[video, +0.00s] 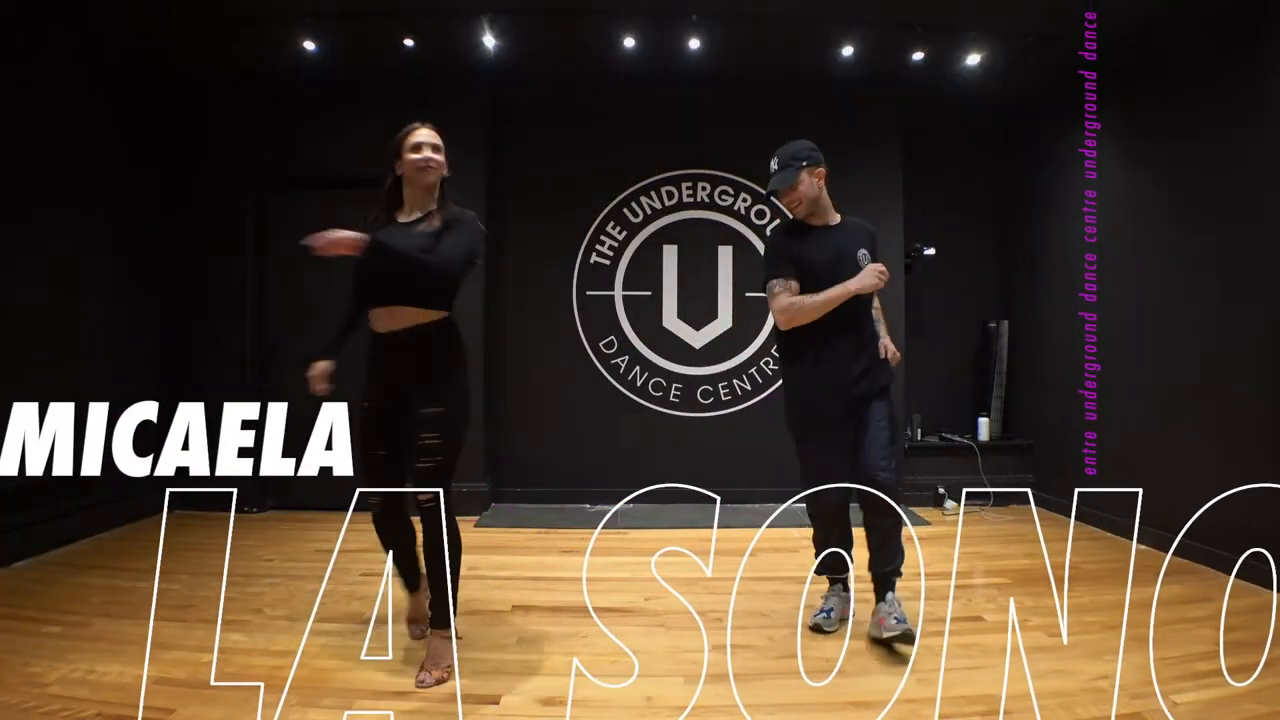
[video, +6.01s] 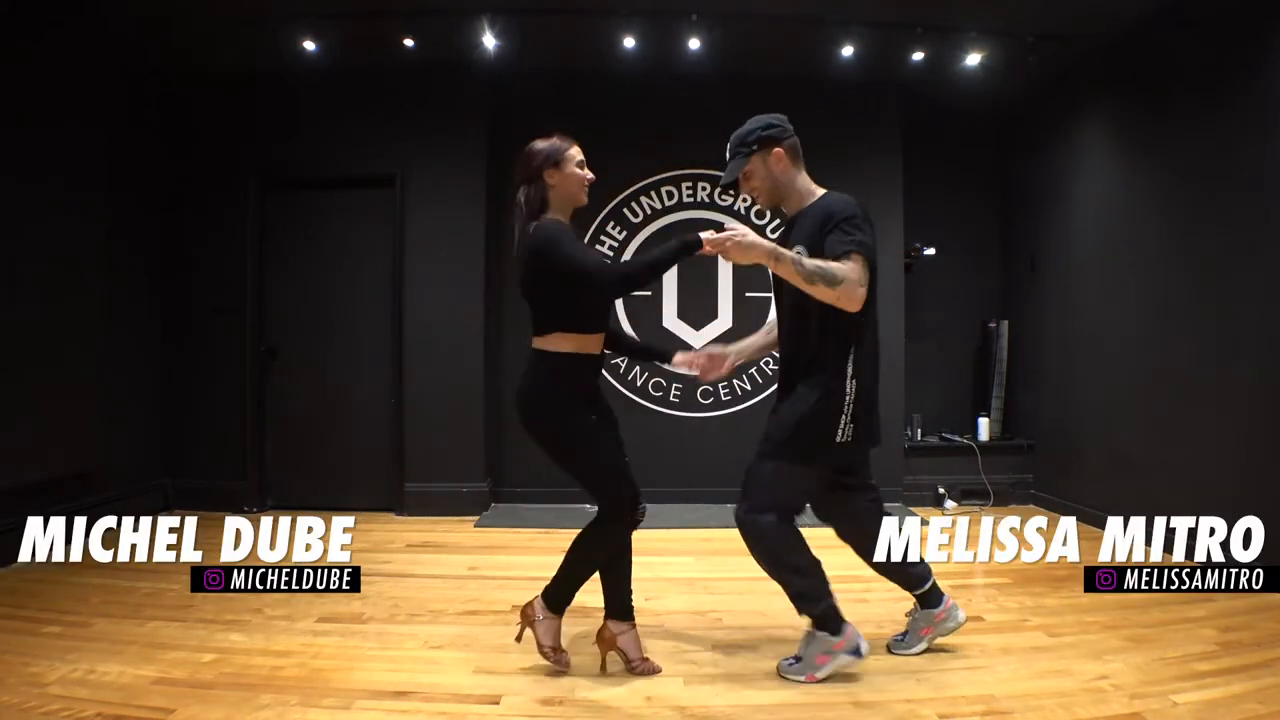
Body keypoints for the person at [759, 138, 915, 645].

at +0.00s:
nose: (785, 199)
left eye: (791, 187)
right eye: (779, 192)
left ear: (818, 175)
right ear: (777, 192)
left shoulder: (861, 233)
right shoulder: (781, 242)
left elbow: (869, 295)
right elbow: (784, 314)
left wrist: (882, 335)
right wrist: (853, 286)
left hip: (866, 381)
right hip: (811, 389)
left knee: (879, 484)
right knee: (823, 494)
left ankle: (886, 599)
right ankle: (836, 590)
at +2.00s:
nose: (756, 186)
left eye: (759, 171)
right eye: (752, 176)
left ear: (790, 155)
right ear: (786, 162)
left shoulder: (854, 209)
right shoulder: (804, 224)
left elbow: (911, 282)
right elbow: (820, 299)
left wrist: (848, 335)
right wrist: (765, 295)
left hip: (830, 388)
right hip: (796, 385)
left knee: (789, 503)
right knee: (790, 505)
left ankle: (853, 620)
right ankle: (826, 615)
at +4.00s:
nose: (753, 151)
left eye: (762, 139)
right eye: (753, 141)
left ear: (797, 139)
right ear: (790, 143)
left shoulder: (831, 202)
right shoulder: (802, 219)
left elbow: (895, 267)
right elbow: (794, 313)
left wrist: (809, 310)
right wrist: (722, 295)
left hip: (851, 403)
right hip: (812, 403)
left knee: (872, 520)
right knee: (793, 522)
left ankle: (939, 631)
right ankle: (758, 639)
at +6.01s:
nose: (742, 186)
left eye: (745, 170)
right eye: (738, 175)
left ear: (779, 156)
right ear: (773, 162)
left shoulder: (840, 214)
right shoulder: (788, 231)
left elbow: (852, 291)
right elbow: (790, 322)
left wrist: (765, 252)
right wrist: (732, 355)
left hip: (831, 399)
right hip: (810, 399)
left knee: (760, 512)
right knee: (846, 508)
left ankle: (832, 631)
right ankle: (935, 603)